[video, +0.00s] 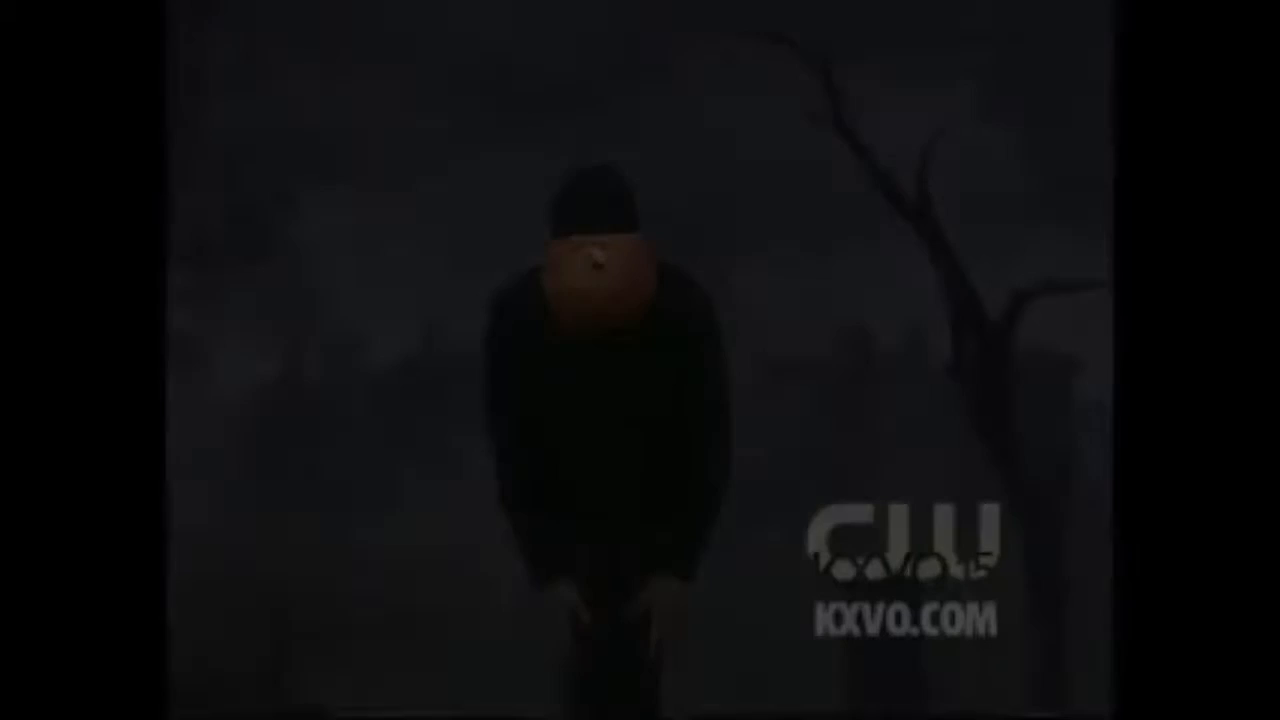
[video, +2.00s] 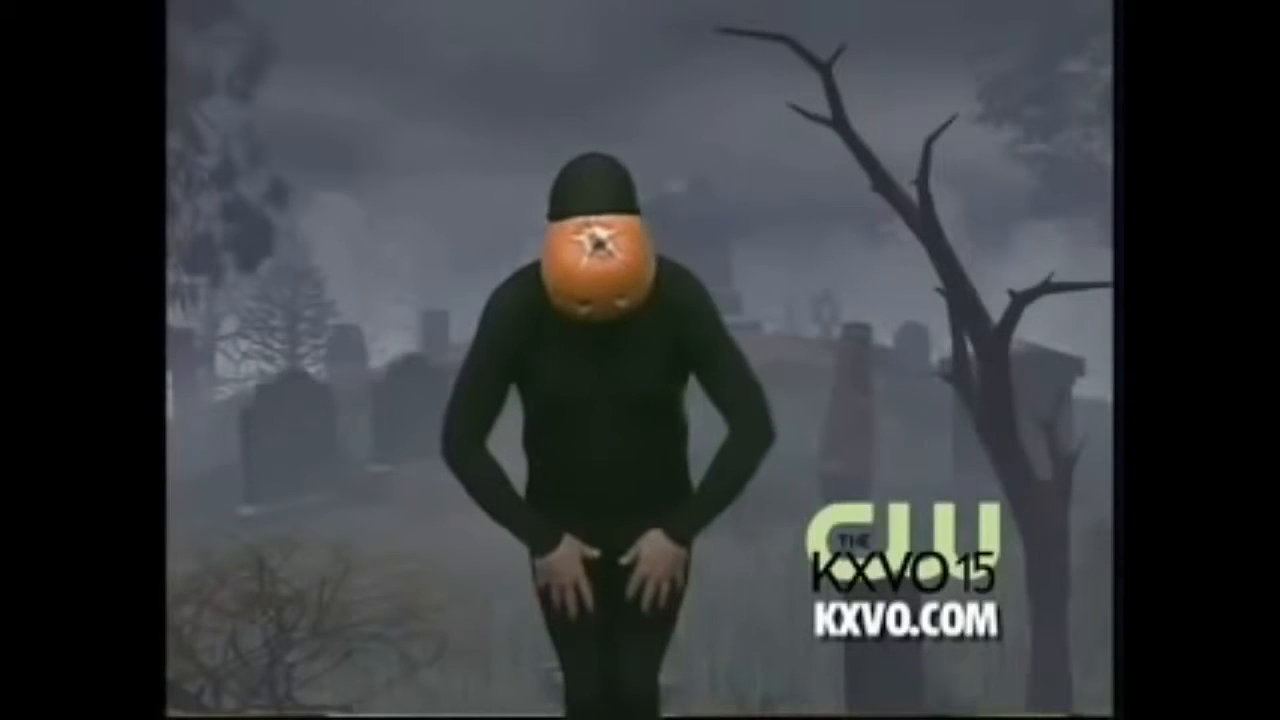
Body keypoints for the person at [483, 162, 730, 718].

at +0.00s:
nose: (599, 272)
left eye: (613, 254)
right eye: (582, 257)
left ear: (638, 251)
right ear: (555, 256)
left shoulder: (681, 310)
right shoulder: (520, 316)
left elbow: (708, 446)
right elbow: (513, 450)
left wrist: (679, 566)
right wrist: (549, 568)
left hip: (652, 515)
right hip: (564, 519)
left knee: (638, 677)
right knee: (574, 675)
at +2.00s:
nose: (597, 246)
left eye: (613, 229)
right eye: (580, 230)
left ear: (638, 230)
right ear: (553, 232)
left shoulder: (677, 298)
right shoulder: (519, 306)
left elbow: (753, 427)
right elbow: (461, 442)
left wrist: (678, 533)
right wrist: (544, 540)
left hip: (656, 520)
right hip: (560, 523)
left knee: (635, 690)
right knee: (586, 693)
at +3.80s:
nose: (608, 217)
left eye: (626, 202)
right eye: (593, 201)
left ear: (655, 214)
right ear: (565, 214)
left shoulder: (688, 297)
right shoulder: (529, 300)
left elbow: (780, 410)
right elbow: (459, 435)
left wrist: (717, 452)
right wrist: (511, 459)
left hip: (659, 531)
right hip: (562, 533)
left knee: (639, 694)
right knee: (589, 693)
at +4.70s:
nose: (614, 241)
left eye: (632, 225)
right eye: (595, 227)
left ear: (660, 218)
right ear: (563, 217)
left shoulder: (691, 301)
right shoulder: (522, 305)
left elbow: (787, 419)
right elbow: (435, 431)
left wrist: (765, 378)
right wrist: (460, 388)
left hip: (657, 534)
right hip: (562, 537)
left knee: (639, 696)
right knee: (588, 697)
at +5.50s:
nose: (614, 216)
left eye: (631, 201)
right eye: (594, 201)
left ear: (655, 211)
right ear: (562, 211)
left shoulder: (691, 302)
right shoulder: (513, 303)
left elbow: (804, 376)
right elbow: (392, 375)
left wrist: (808, 312)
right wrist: (411, 313)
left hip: (655, 542)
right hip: (557, 544)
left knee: (657, 706)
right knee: (577, 705)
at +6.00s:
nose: (616, 206)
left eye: (633, 193)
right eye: (596, 193)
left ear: (657, 209)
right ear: (559, 210)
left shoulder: (696, 299)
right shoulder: (505, 303)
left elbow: (821, 333)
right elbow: (379, 347)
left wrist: (840, 261)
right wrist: (371, 274)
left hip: (659, 545)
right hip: (556, 549)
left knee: (680, 704)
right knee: (572, 706)